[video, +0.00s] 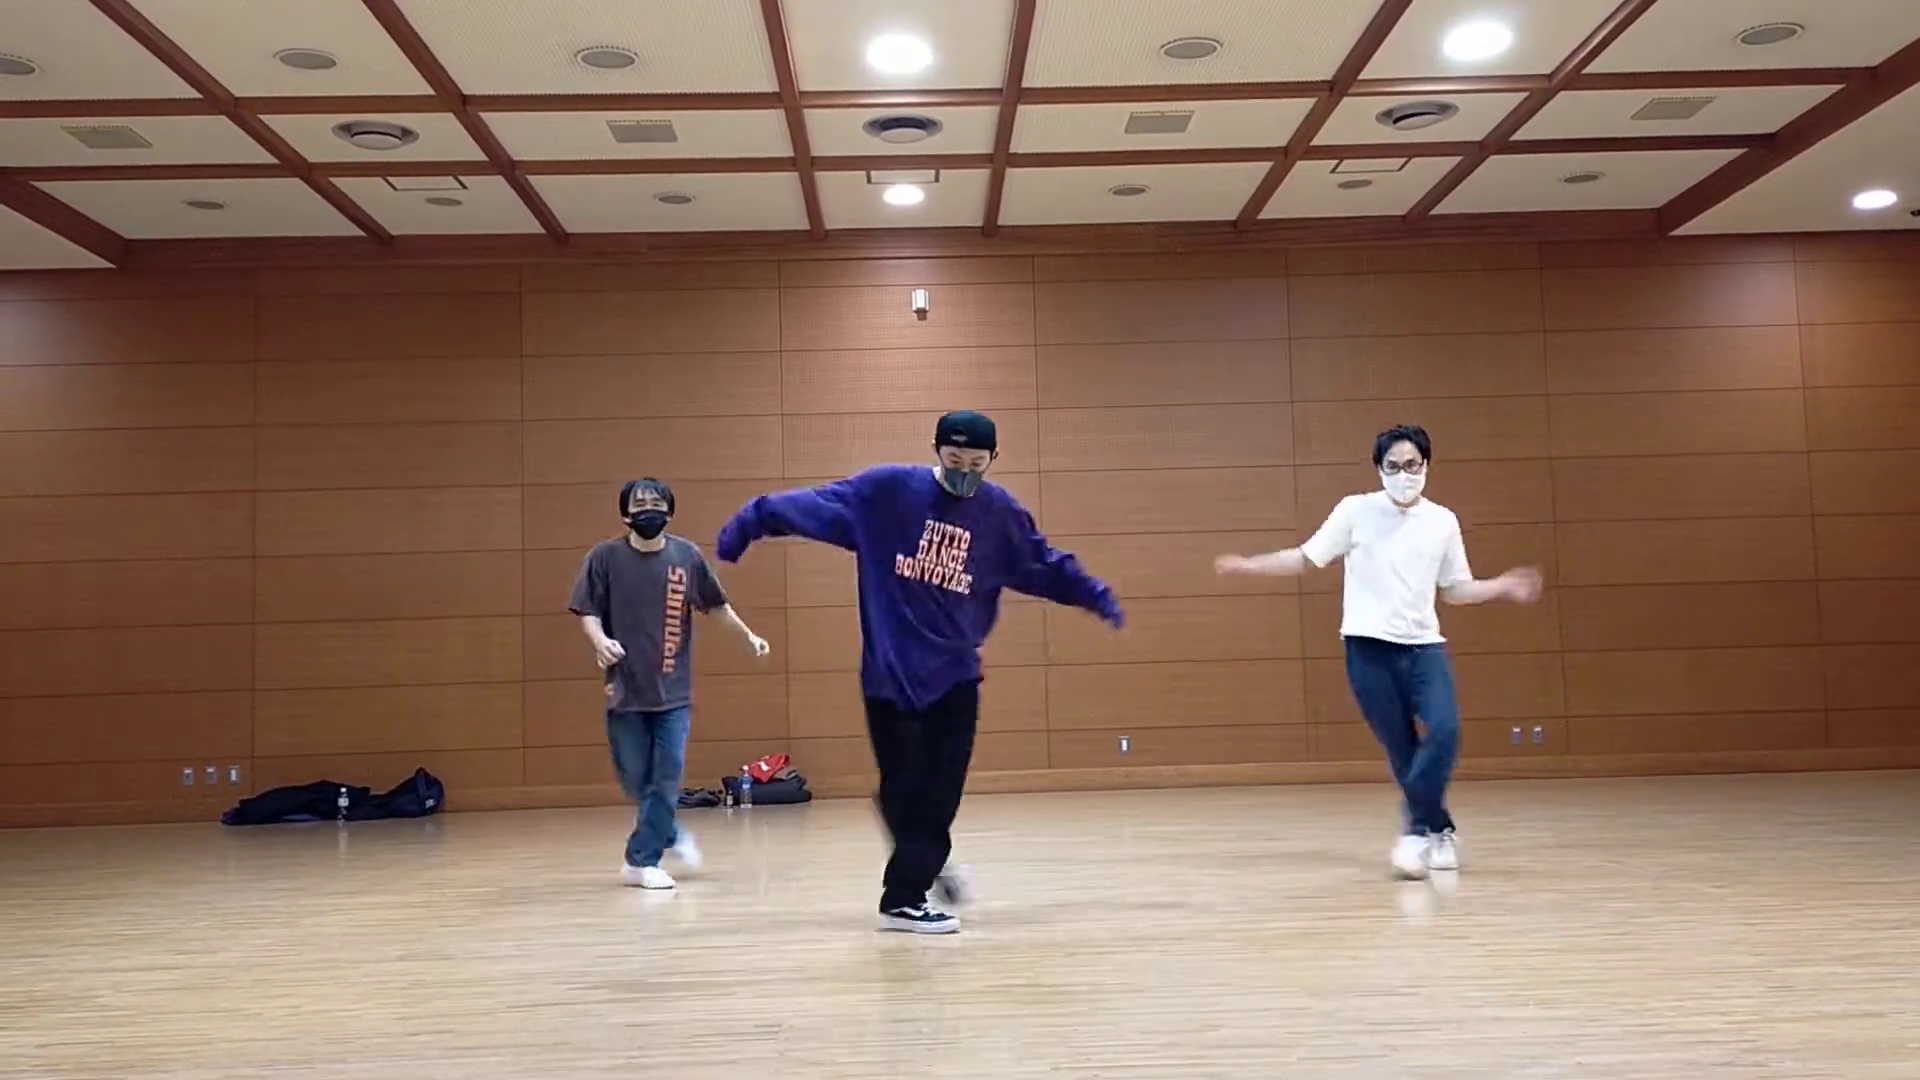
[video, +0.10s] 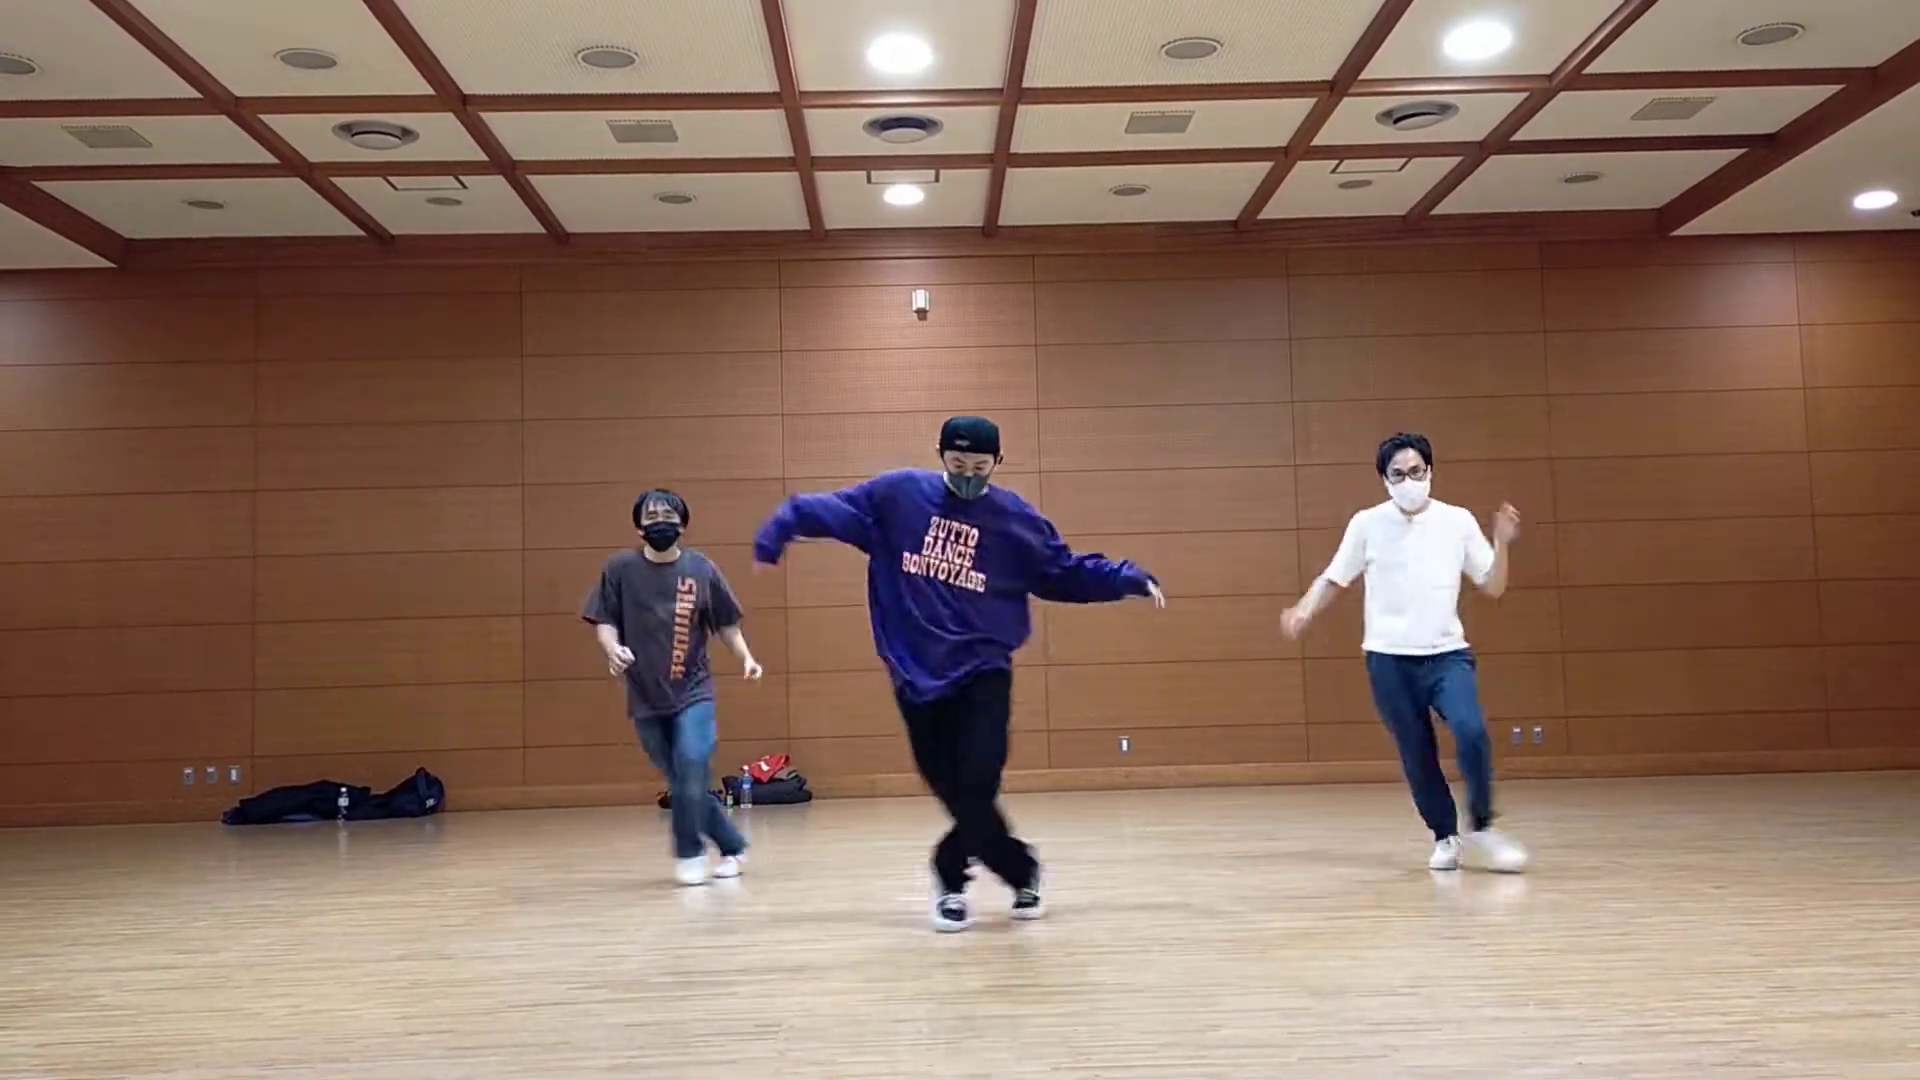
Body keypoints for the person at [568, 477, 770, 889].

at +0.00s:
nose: (649, 515)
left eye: (656, 508)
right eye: (641, 509)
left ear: (668, 512)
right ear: (627, 515)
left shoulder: (687, 555)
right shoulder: (604, 557)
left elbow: (715, 604)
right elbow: (586, 611)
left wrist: (748, 635)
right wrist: (600, 640)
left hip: (672, 691)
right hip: (625, 690)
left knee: (668, 776)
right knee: (633, 778)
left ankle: (641, 860)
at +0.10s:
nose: (659, 523)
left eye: (667, 516)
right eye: (651, 517)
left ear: (681, 523)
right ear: (639, 526)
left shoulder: (700, 569)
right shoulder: (620, 569)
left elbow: (725, 621)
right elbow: (603, 619)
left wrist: (746, 655)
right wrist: (612, 647)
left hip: (692, 691)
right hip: (646, 696)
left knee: (691, 764)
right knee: (681, 780)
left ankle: (689, 854)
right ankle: (733, 847)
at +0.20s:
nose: (670, 531)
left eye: (678, 524)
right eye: (662, 525)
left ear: (692, 531)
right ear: (651, 534)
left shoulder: (712, 579)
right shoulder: (631, 580)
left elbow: (729, 637)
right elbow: (618, 633)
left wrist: (733, 678)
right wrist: (624, 674)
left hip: (704, 698)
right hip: (659, 703)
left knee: (702, 773)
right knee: (685, 787)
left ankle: (745, 850)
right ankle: (733, 850)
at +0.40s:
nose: (676, 516)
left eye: (684, 510)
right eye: (668, 510)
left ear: (697, 519)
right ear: (656, 520)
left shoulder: (715, 565)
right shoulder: (633, 564)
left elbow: (727, 623)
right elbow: (611, 616)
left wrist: (711, 656)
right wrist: (601, 667)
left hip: (702, 693)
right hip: (650, 692)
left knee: (725, 772)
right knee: (629, 772)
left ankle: (750, 859)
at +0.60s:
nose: (655, 524)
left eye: (663, 517)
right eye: (647, 518)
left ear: (678, 524)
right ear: (635, 526)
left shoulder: (696, 570)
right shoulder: (612, 564)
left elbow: (719, 619)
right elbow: (578, 605)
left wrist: (715, 640)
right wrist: (550, 647)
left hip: (667, 696)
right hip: (613, 692)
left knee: (690, 769)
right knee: (579, 778)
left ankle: (722, 854)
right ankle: (557, 861)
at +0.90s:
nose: (638, 503)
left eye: (646, 496)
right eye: (630, 497)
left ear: (661, 504)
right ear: (619, 506)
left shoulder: (679, 541)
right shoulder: (608, 548)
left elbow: (694, 586)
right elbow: (583, 599)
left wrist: (660, 579)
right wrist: (556, 641)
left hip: (667, 680)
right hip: (619, 680)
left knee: (668, 765)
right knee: (600, 763)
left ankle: (683, 853)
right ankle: (600, 855)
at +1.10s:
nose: (632, 526)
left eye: (640, 519)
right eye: (624, 520)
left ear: (655, 525)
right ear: (614, 528)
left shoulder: (674, 564)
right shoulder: (616, 571)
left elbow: (676, 625)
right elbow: (617, 630)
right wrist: (610, 673)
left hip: (680, 686)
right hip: (637, 686)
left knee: (676, 777)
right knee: (638, 779)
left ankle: (685, 854)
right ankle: (648, 860)